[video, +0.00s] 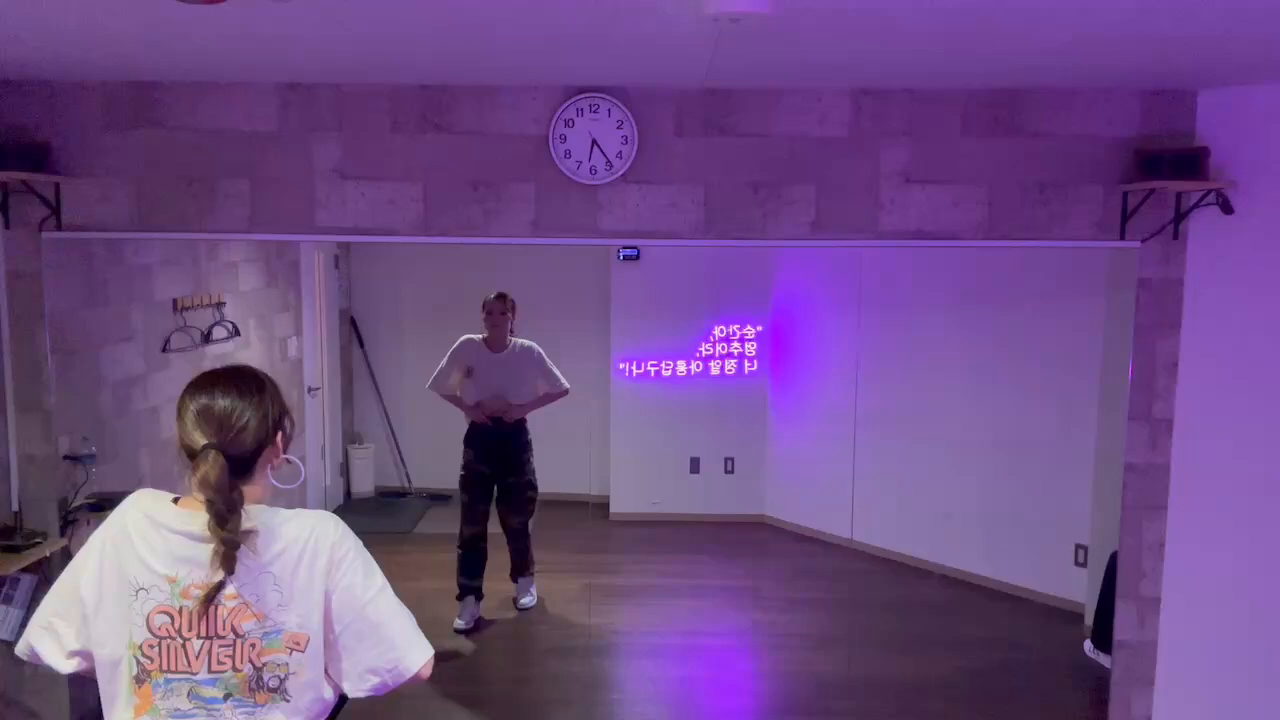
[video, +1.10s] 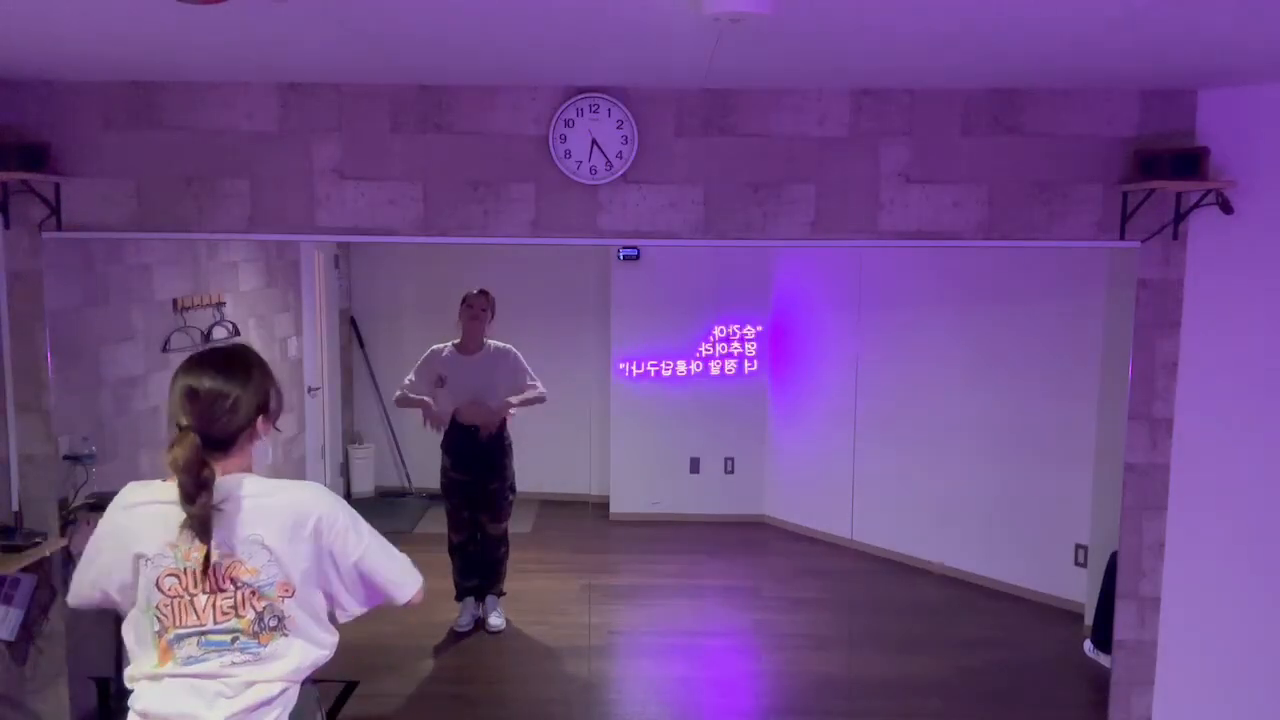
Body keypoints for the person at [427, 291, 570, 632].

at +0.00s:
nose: (493, 319)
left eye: (499, 313)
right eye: (488, 313)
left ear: (512, 318)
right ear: (482, 317)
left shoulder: (528, 352)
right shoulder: (468, 347)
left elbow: (560, 388)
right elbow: (439, 386)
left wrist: (522, 409)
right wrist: (468, 408)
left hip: (514, 441)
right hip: (479, 440)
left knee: (516, 518)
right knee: (472, 521)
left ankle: (524, 583)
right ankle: (470, 599)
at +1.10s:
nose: (474, 313)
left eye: (481, 309)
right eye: (469, 307)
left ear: (490, 319)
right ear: (458, 314)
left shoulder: (505, 355)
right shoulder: (439, 355)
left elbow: (539, 392)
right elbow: (400, 396)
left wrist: (508, 403)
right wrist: (426, 402)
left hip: (495, 448)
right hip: (456, 448)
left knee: (494, 526)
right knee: (459, 527)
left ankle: (493, 600)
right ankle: (468, 602)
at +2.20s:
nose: (462, 320)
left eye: (468, 314)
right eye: (455, 315)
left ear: (478, 319)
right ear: (446, 321)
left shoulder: (498, 353)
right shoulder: (434, 363)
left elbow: (507, 404)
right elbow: (437, 416)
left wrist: (489, 409)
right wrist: (474, 413)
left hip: (494, 442)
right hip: (457, 446)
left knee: (500, 519)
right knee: (459, 524)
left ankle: (490, 548)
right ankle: (468, 597)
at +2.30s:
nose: (463, 321)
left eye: (468, 314)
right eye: (456, 316)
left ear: (479, 317)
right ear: (447, 321)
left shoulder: (502, 352)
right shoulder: (438, 362)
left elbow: (517, 401)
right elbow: (444, 416)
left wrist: (506, 424)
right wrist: (484, 432)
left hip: (499, 446)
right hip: (461, 448)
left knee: (501, 529)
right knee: (462, 529)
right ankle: (468, 601)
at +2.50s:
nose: (471, 321)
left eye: (476, 314)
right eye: (463, 317)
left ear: (487, 318)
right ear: (457, 323)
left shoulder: (509, 350)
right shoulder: (458, 363)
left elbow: (524, 399)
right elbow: (473, 418)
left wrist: (536, 444)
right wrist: (487, 462)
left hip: (511, 437)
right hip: (474, 444)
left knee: (540, 519)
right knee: (469, 525)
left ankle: (502, 512)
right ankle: (469, 600)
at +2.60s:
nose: (483, 326)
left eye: (488, 318)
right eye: (475, 321)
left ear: (499, 321)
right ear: (468, 327)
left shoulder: (513, 350)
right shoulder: (474, 365)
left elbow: (523, 395)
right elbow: (488, 419)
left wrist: (539, 428)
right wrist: (500, 464)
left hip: (518, 441)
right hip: (483, 448)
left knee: (557, 511)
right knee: (477, 528)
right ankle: (469, 601)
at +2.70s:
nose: (499, 343)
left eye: (504, 337)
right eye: (492, 338)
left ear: (513, 338)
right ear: (484, 341)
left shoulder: (519, 361)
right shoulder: (489, 381)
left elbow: (528, 402)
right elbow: (505, 437)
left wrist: (543, 422)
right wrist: (533, 477)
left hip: (527, 452)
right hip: (497, 460)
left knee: (565, 517)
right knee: (482, 534)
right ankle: (469, 606)